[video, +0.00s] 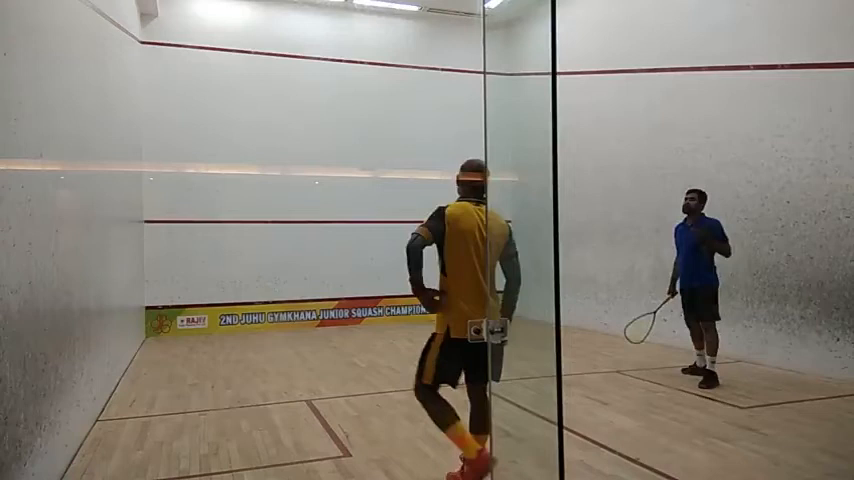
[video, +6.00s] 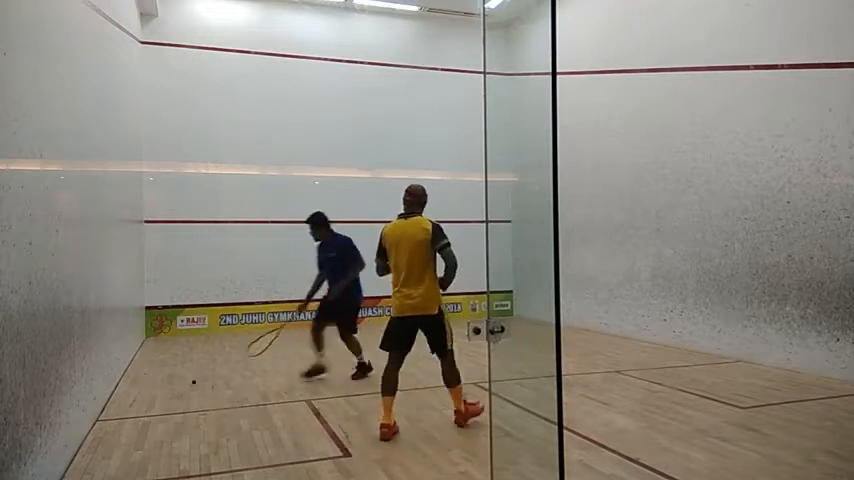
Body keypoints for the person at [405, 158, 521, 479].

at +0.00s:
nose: (464, 189)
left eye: (461, 184)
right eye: (473, 183)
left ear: (458, 185)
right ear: (486, 186)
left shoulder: (446, 214)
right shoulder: (500, 225)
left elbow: (414, 245)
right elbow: (514, 277)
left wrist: (421, 292)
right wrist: (504, 318)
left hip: (453, 326)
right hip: (489, 326)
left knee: (425, 388)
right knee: (479, 393)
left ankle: (474, 453)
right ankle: (476, 464)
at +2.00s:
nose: (396, 187)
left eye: (392, 182)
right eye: (409, 181)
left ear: (389, 184)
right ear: (419, 185)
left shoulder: (374, 219)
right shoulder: (438, 221)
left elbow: (339, 263)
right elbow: (465, 268)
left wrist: (357, 273)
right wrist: (435, 281)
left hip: (387, 332)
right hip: (426, 330)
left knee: (383, 409)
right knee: (431, 405)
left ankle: (391, 476)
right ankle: (423, 475)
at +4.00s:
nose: (267, 222)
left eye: (268, 218)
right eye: (270, 218)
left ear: (272, 222)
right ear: (296, 220)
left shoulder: (267, 259)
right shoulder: (319, 247)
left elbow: (250, 313)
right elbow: (349, 286)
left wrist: (221, 357)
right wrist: (373, 322)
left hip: (287, 345)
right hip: (312, 341)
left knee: (269, 407)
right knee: (268, 387)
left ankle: (331, 444)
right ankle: (263, 441)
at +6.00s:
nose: (406, 197)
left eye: (409, 195)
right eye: (408, 194)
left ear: (406, 201)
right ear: (424, 203)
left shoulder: (388, 231)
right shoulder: (431, 228)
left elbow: (381, 269)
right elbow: (452, 264)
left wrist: (403, 258)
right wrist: (443, 283)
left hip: (401, 310)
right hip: (430, 308)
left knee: (393, 362)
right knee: (446, 357)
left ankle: (386, 422)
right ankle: (460, 410)